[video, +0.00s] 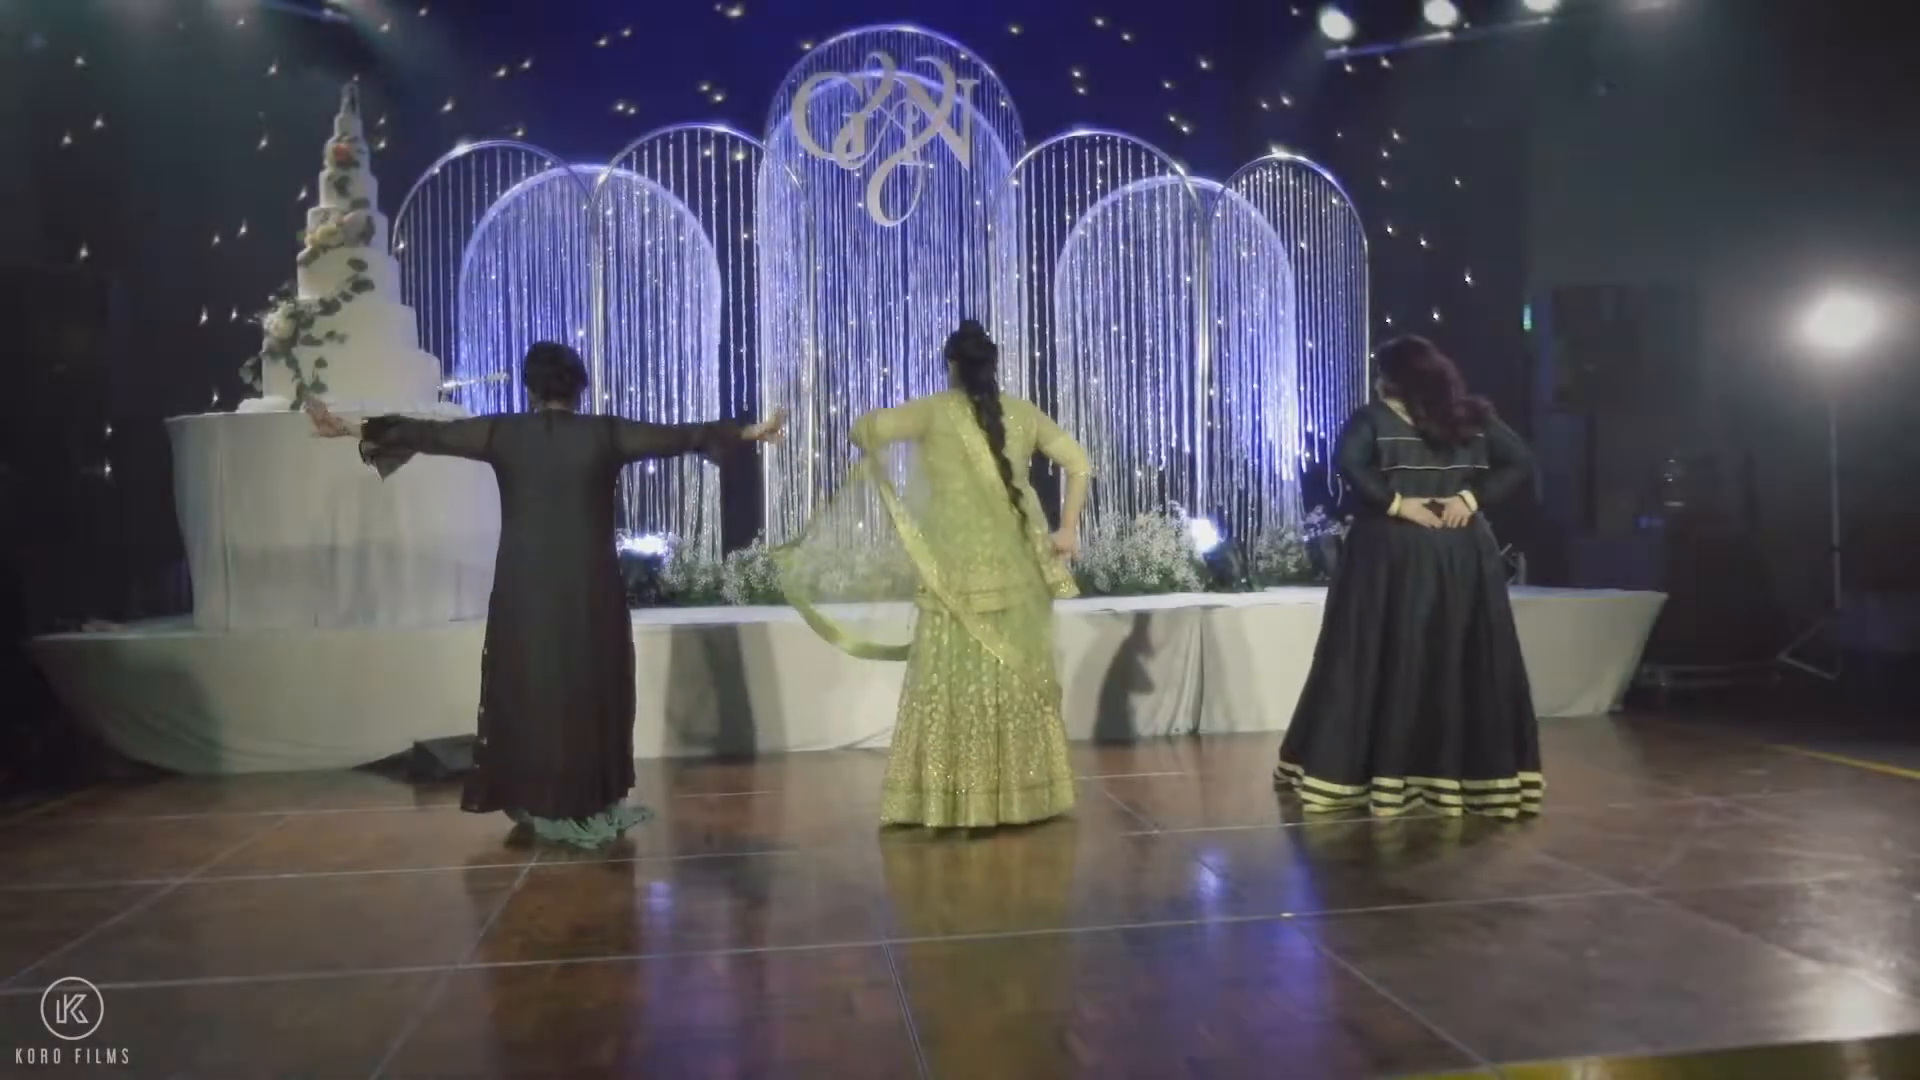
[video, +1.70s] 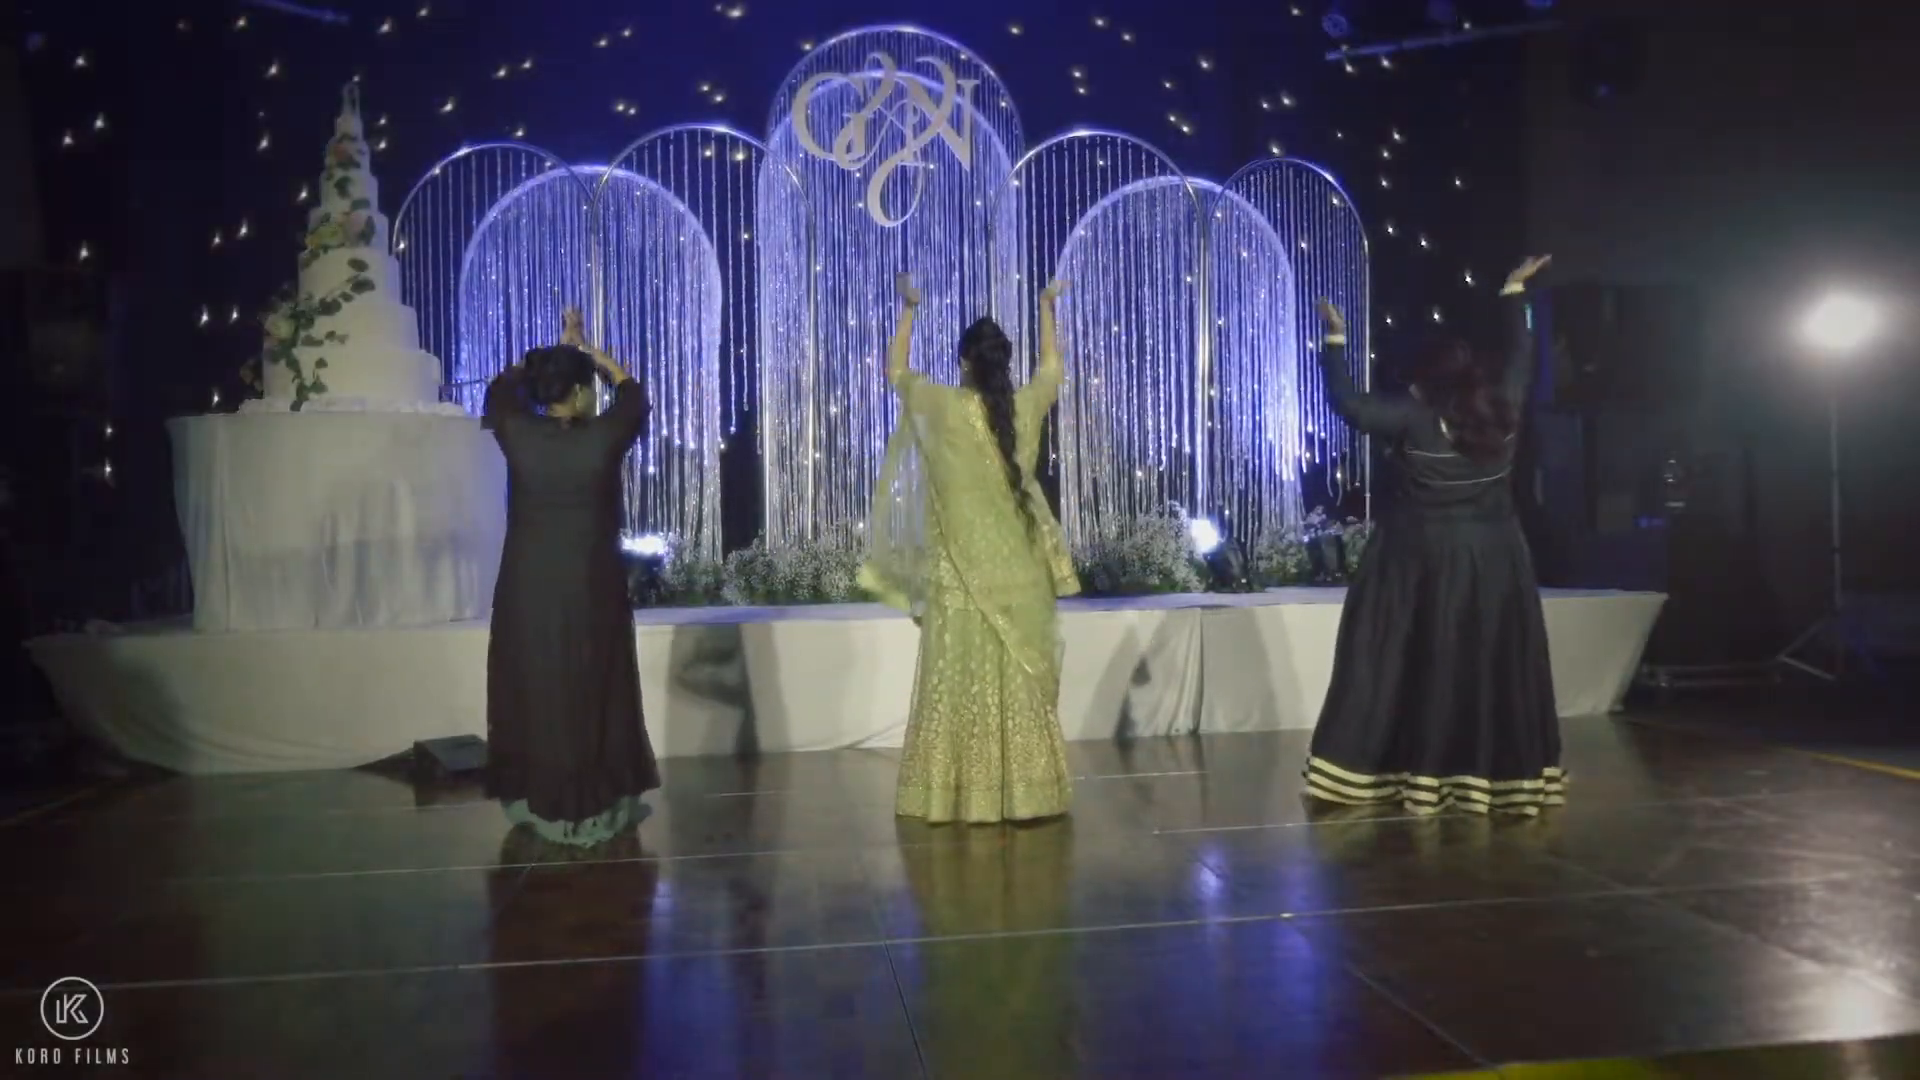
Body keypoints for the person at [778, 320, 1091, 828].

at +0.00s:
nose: (950, 369)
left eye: (949, 362)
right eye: (959, 361)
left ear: (950, 366)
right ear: (993, 365)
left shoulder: (934, 411)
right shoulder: (1022, 414)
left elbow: (868, 428)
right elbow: (1079, 464)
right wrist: (1069, 529)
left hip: (956, 580)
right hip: (1019, 578)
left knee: (955, 694)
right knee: (1019, 688)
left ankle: (959, 802)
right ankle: (1022, 800)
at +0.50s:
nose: (965, 369)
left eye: (965, 361)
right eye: (973, 360)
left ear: (966, 365)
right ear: (1011, 363)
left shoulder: (948, 410)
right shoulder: (1035, 411)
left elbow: (891, 452)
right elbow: (1097, 453)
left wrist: (933, 510)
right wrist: (1061, 481)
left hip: (972, 575)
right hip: (1030, 572)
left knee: (971, 691)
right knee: (1032, 687)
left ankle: (974, 798)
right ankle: (1034, 797)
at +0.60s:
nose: (963, 365)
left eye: (964, 358)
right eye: (972, 358)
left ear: (968, 362)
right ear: (1011, 362)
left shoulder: (946, 409)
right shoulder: (1037, 412)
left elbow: (889, 451)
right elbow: (1095, 441)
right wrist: (1052, 431)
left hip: (961, 568)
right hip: (1023, 568)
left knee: (965, 685)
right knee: (1028, 680)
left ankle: (968, 795)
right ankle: (1032, 794)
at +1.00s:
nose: (963, 366)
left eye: (964, 359)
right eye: (976, 359)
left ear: (967, 363)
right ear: (1010, 363)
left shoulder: (948, 407)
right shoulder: (1033, 414)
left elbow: (890, 445)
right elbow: (1090, 418)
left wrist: (922, 508)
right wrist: (1067, 375)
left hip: (964, 571)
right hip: (1023, 571)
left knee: (964, 689)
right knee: (1025, 686)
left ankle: (964, 797)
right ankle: (1024, 798)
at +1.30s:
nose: (963, 365)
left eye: (963, 358)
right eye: (974, 357)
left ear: (965, 362)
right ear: (1008, 361)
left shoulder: (947, 411)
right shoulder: (1036, 414)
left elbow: (894, 456)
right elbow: (1092, 441)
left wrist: (879, 435)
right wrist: (1075, 417)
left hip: (963, 571)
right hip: (1022, 571)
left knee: (963, 687)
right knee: (1024, 685)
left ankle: (966, 796)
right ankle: (1026, 798)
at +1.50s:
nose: (962, 364)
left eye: (962, 357)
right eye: (972, 356)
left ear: (964, 362)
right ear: (1007, 361)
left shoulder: (944, 408)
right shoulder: (1033, 408)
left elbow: (870, 413)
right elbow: (1093, 402)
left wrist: (857, 354)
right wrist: (1108, 355)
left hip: (960, 565)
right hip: (1022, 565)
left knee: (963, 684)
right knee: (1025, 681)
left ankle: (966, 796)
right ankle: (1028, 796)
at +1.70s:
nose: (968, 360)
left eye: (965, 353)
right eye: (984, 353)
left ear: (963, 362)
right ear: (1007, 364)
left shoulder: (938, 404)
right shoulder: (1025, 407)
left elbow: (896, 371)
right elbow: (1053, 365)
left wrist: (907, 311)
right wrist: (1048, 306)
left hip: (962, 564)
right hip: (1022, 561)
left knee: (961, 682)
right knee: (1024, 681)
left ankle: (962, 796)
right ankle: (1027, 795)